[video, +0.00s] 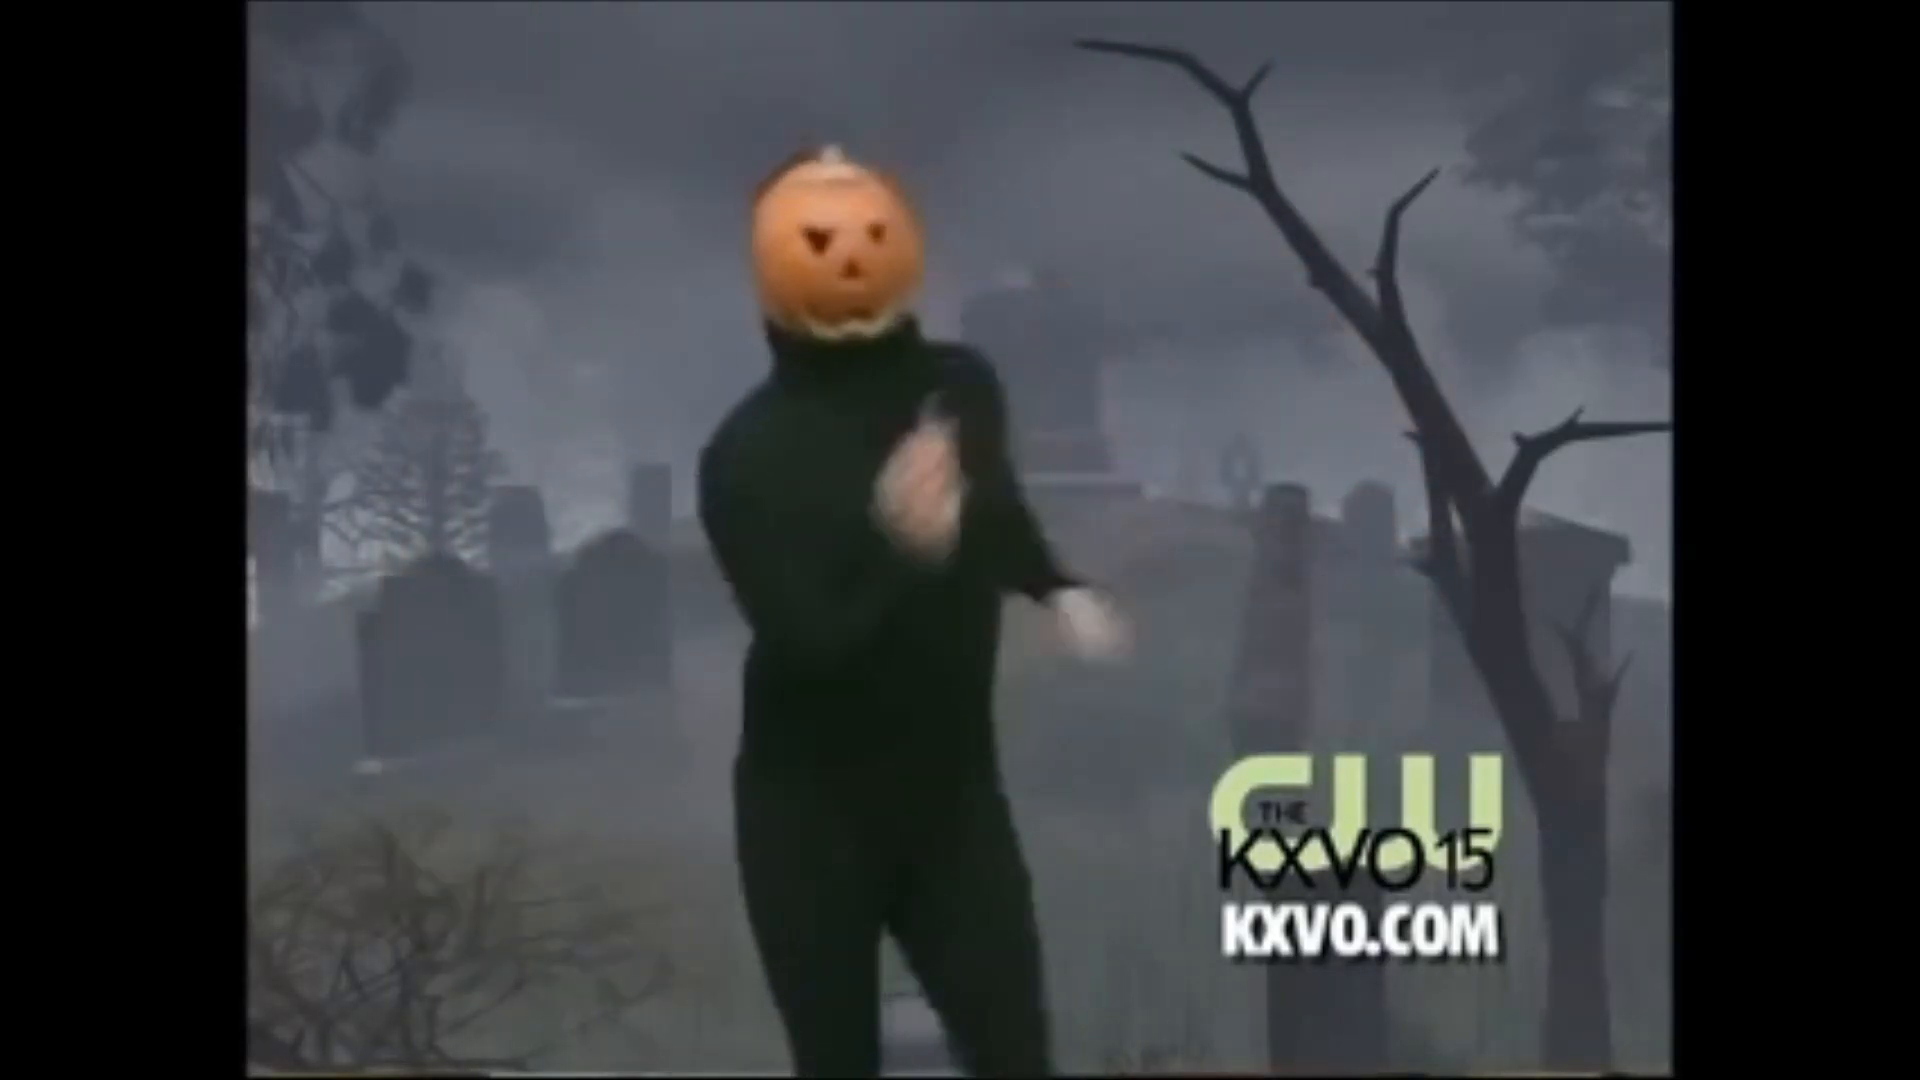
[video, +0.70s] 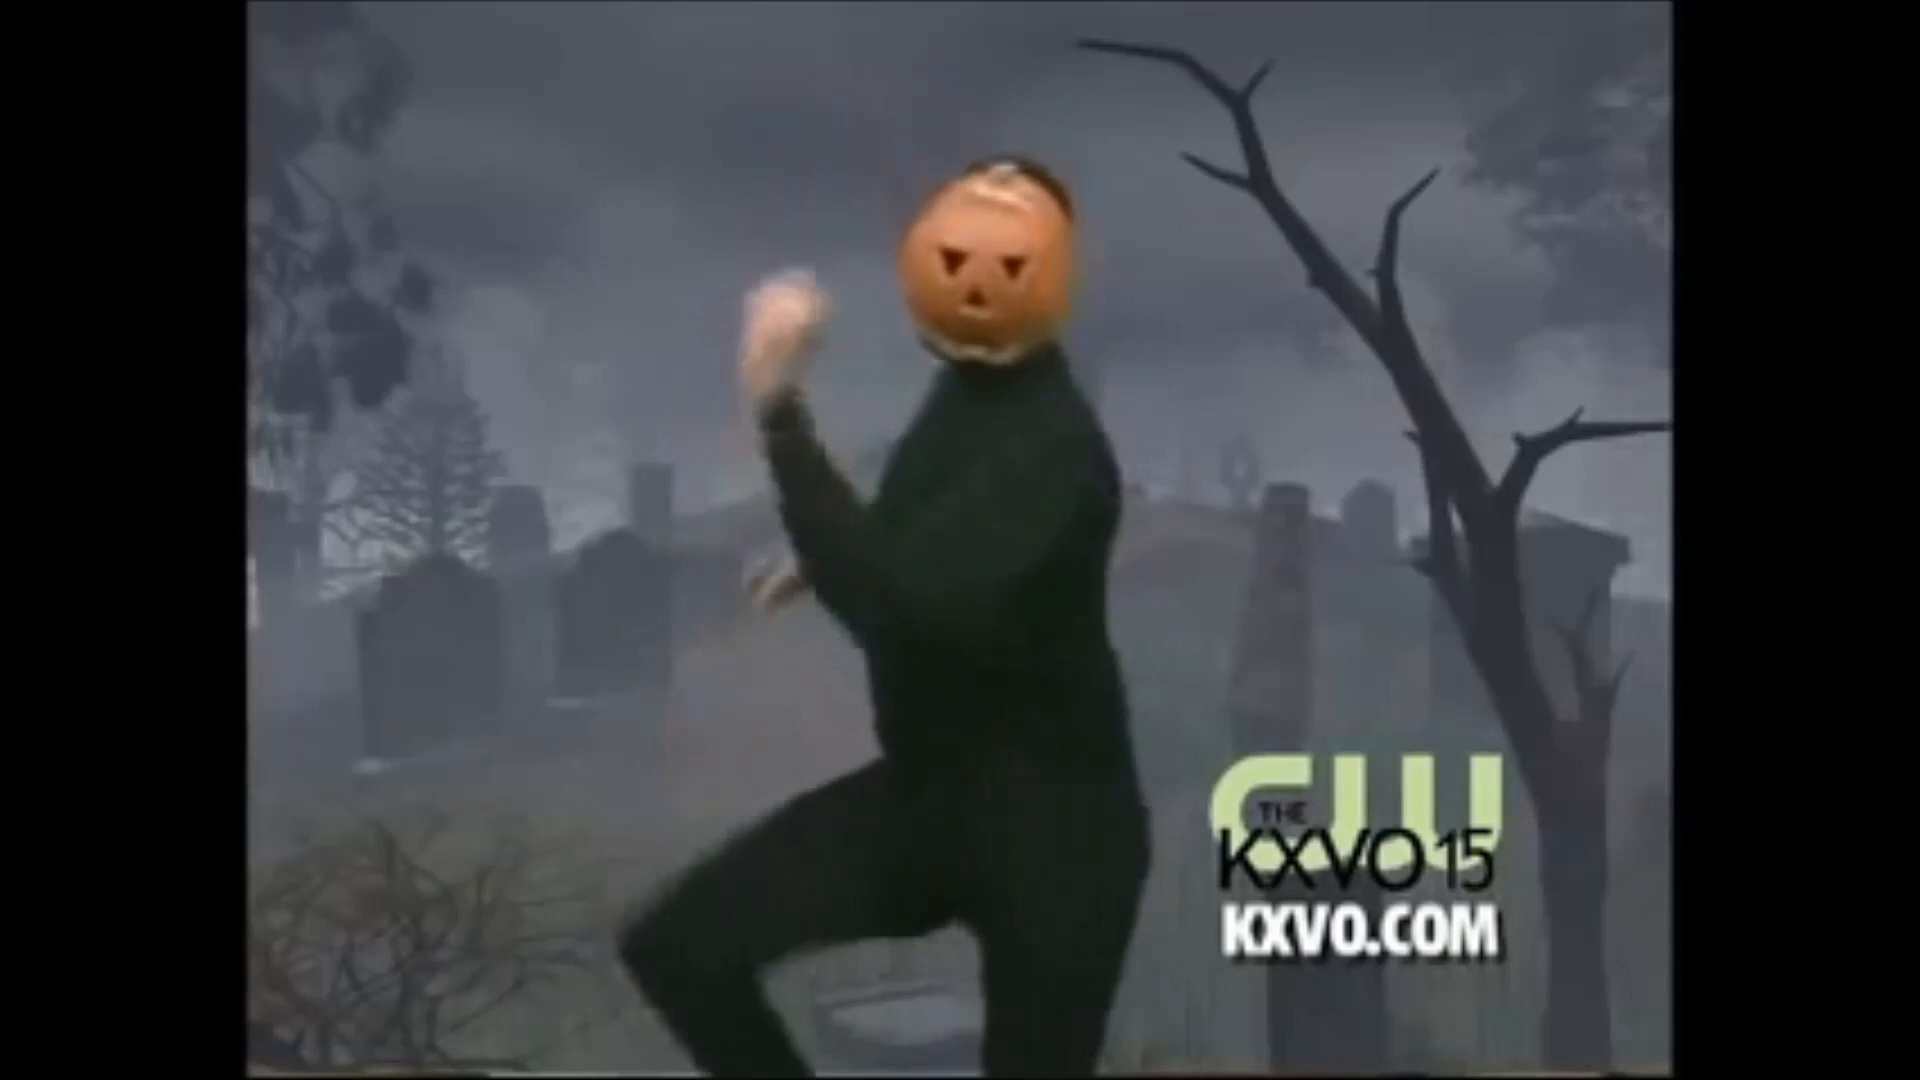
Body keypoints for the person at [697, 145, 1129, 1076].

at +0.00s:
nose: (850, 255)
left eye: (876, 231)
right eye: (816, 237)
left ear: (911, 253)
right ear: (769, 274)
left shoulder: (960, 387)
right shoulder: (749, 453)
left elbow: (995, 515)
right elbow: (809, 634)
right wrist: (898, 546)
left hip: (949, 791)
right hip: (810, 810)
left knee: (1013, 1052)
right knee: (837, 1060)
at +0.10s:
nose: (874, 297)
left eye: (897, 272)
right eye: (840, 276)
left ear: (934, 292)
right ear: (791, 304)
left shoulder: (983, 433)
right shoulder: (762, 484)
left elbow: (1088, 622)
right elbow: (746, 716)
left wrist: (1098, 569)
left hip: (940, 804)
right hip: (799, 824)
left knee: (1088, 1026)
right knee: (831, 1062)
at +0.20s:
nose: (900, 292)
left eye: (926, 267)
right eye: (868, 271)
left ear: (961, 291)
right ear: (816, 297)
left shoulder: (1014, 432)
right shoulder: (773, 468)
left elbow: (1139, 626)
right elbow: (674, 676)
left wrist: (1048, 490)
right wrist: (752, 707)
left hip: (952, 792)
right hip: (804, 812)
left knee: (1127, 971)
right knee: (821, 1062)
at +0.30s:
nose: (924, 195)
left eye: (950, 174)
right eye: (894, 172)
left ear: (985, 203)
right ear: (840, 203)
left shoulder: (1026, 366)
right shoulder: (762, 369)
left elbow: (1106, 581)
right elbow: (692, 538)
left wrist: (950, 510)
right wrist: (748, 662)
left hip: (988, 748)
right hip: (826, 762)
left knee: (1099, 1012)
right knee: (838, 1057)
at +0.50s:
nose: (976, 232)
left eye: (1006, 212)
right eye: (948, 207)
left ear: (1044, 231)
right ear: (902, 217)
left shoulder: (1056, 384)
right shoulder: (866, 364)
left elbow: (1055, 607)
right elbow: (786, 532)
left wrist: (851, 546)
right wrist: (712, 701)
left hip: (1016, 788)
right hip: (871, 779)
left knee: (1014, 1057)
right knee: (872, 1057)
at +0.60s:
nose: (978, 250)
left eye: (1011, 229)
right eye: (951, 224)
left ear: (1054, 251)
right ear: (911, 235)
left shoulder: (1055, 399)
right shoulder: (929, 372)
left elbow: (1011, 608)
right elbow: (889, 544)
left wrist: (804, 508)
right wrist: (754, 638)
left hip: (1033, 796)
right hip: (913, 781)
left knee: (1022, 1060)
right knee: (755, 1031)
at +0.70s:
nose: (978, 287)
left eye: (1014, 265)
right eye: (953, 258)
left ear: (1058, 289)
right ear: (916, 264)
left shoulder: (1055, 443)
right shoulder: (958, 406)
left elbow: (911, 607)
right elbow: (923, 530)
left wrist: (782, 411)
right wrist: (834, 565)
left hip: (1055, 828)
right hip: (929, 801)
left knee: (1035, 1061)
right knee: (677, 947)